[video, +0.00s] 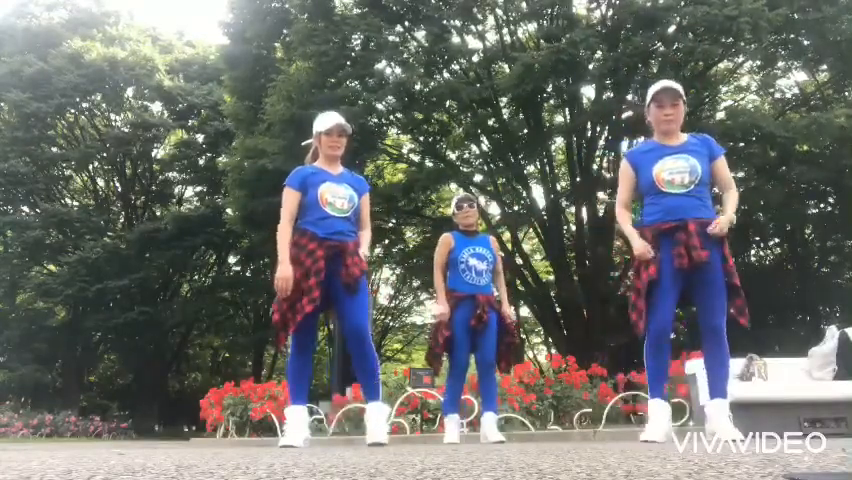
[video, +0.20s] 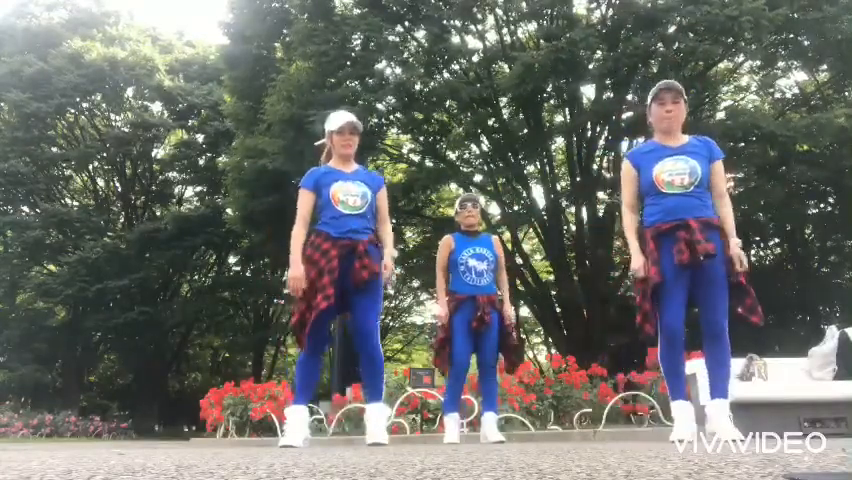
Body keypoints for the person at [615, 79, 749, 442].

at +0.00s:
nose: (667, 111)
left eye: (674, 105)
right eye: (660, 105)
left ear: (684, 109)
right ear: (648, 112)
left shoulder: (705, 145)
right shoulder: (635, 155)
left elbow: (729, 188)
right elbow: (622, 207)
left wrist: (726, 216)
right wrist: (634, 239)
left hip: (705, 236)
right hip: (660, 241)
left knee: (715, 324)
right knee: (659, 326)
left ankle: (718, 411)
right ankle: (658, 413)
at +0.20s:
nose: (668, 108)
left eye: (675, 102)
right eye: (661, 103)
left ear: (685, 109)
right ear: (649, 111)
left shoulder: (706, 147)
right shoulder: (635, 156)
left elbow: (721, 196)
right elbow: (629, 208)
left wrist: (732, 238)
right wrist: (635, 250)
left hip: (707, 235)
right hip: (663, 240)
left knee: (716, 324)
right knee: (671, 327)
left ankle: (719, 411)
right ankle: (681, 415)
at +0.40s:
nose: (662, 104)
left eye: (668, 99)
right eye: (654, 100)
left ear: (680, 108)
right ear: (644, 113)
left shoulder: (702, 143)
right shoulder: (631, 156)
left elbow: (723, 193)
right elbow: (626, 209)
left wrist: (738, 239)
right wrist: (629, 253)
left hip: (705, 237)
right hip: (659, 242)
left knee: (714, 325)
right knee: (669, 327)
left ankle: (719, 410)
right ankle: (679, 414)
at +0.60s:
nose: (663, 105)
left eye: (669, 100)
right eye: (655, 101)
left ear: (682, 108)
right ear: (645, 112)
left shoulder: (703, 141)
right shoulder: (633, 153)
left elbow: (732, 184)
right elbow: (623, 205)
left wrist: (741, 220)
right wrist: (629, 246)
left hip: (707, 235)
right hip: (661, 241)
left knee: (729, 319)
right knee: (669, 327)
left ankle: (734, 407)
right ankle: (680, 414)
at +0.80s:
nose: (667, 112)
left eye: (673, 106)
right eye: (659, 109)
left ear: (686, 113)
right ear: (650, 120)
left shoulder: (706, 139)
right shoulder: (640, 165)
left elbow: (721, 184)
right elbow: (641, 215)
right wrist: (650, 250)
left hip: (716, 240)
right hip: (673, 248)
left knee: (748, 322)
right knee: (680, 327)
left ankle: (761, 411)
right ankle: (687, 412)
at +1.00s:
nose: (643, 114)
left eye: (650, 108)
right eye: (635, 111)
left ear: (664, 115)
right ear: (628, 123)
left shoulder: (678, 137)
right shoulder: (626, 165)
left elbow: (694, 173)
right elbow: (628, 211)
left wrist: (657, 215)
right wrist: (633, 235)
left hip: (701, 240)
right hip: (661, 250)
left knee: (741, 313)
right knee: (638, 314)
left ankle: (771, 402)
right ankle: (645, 405)